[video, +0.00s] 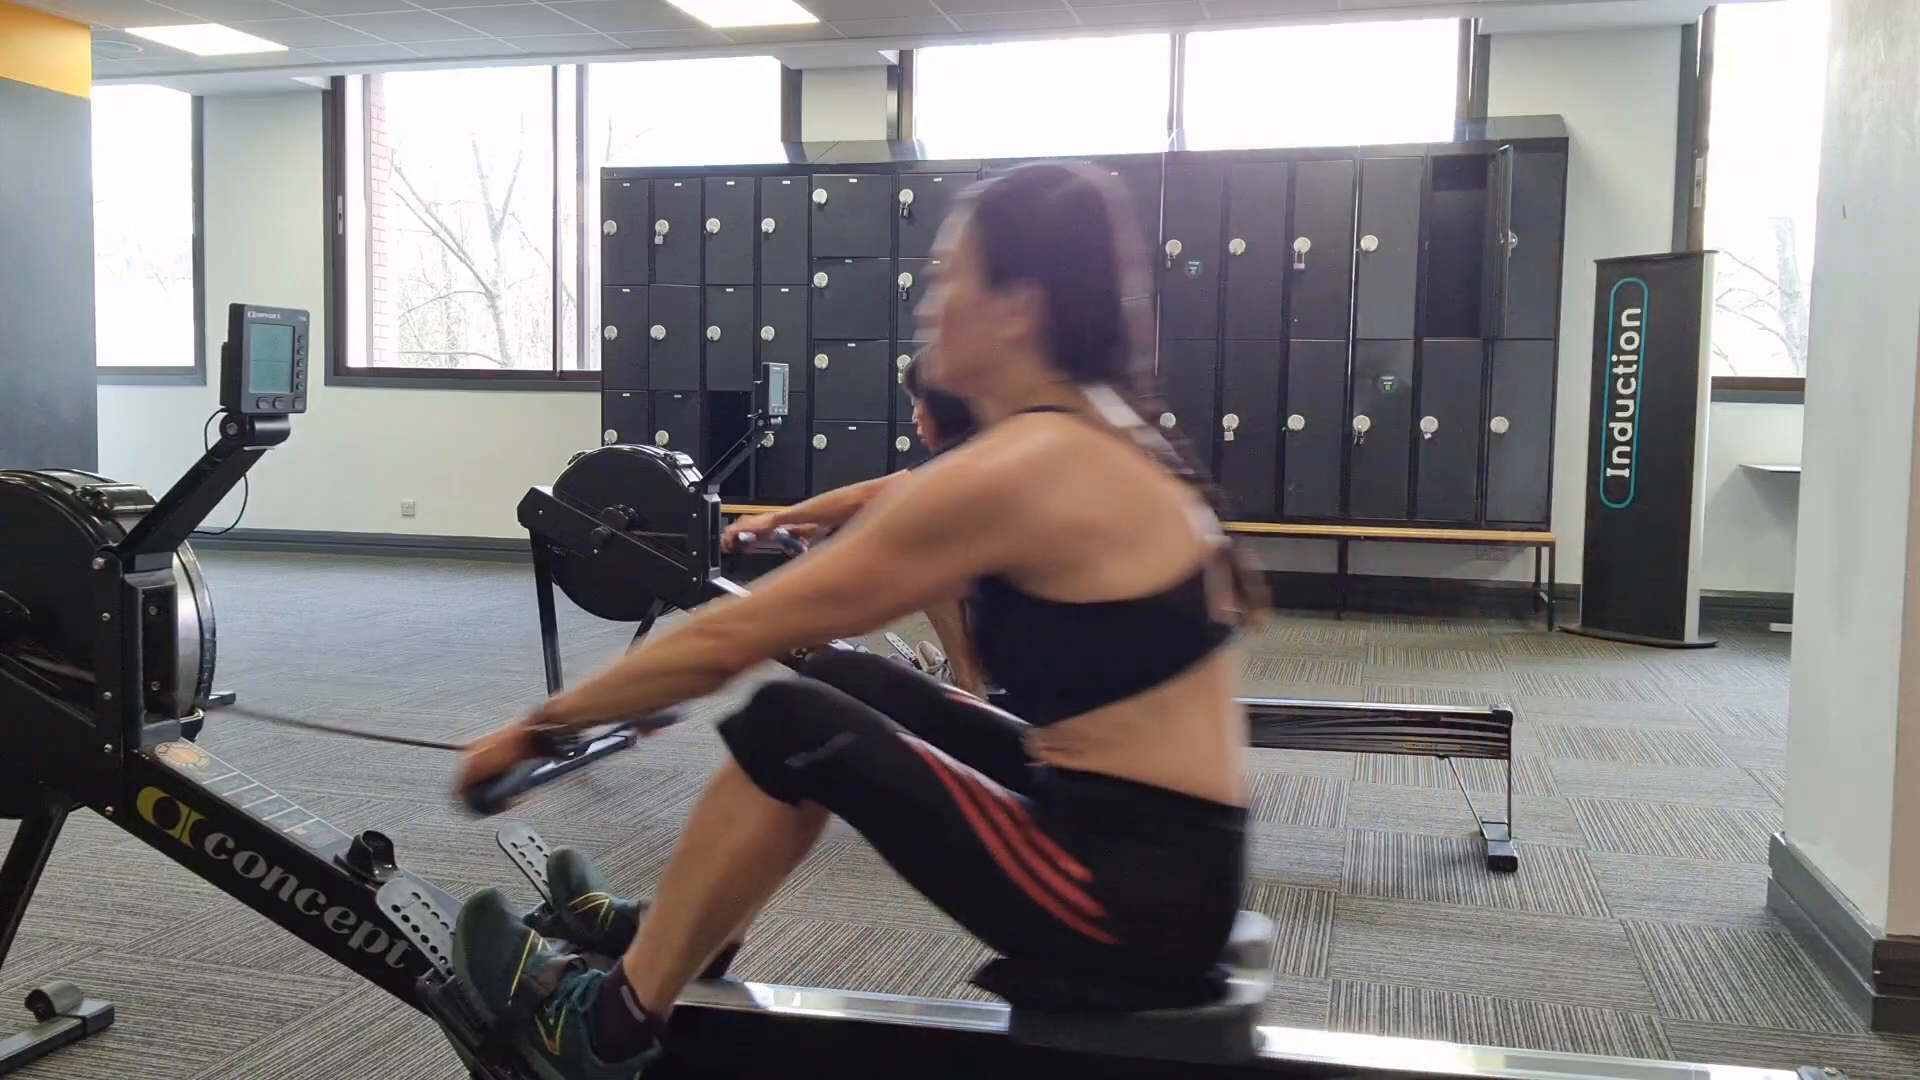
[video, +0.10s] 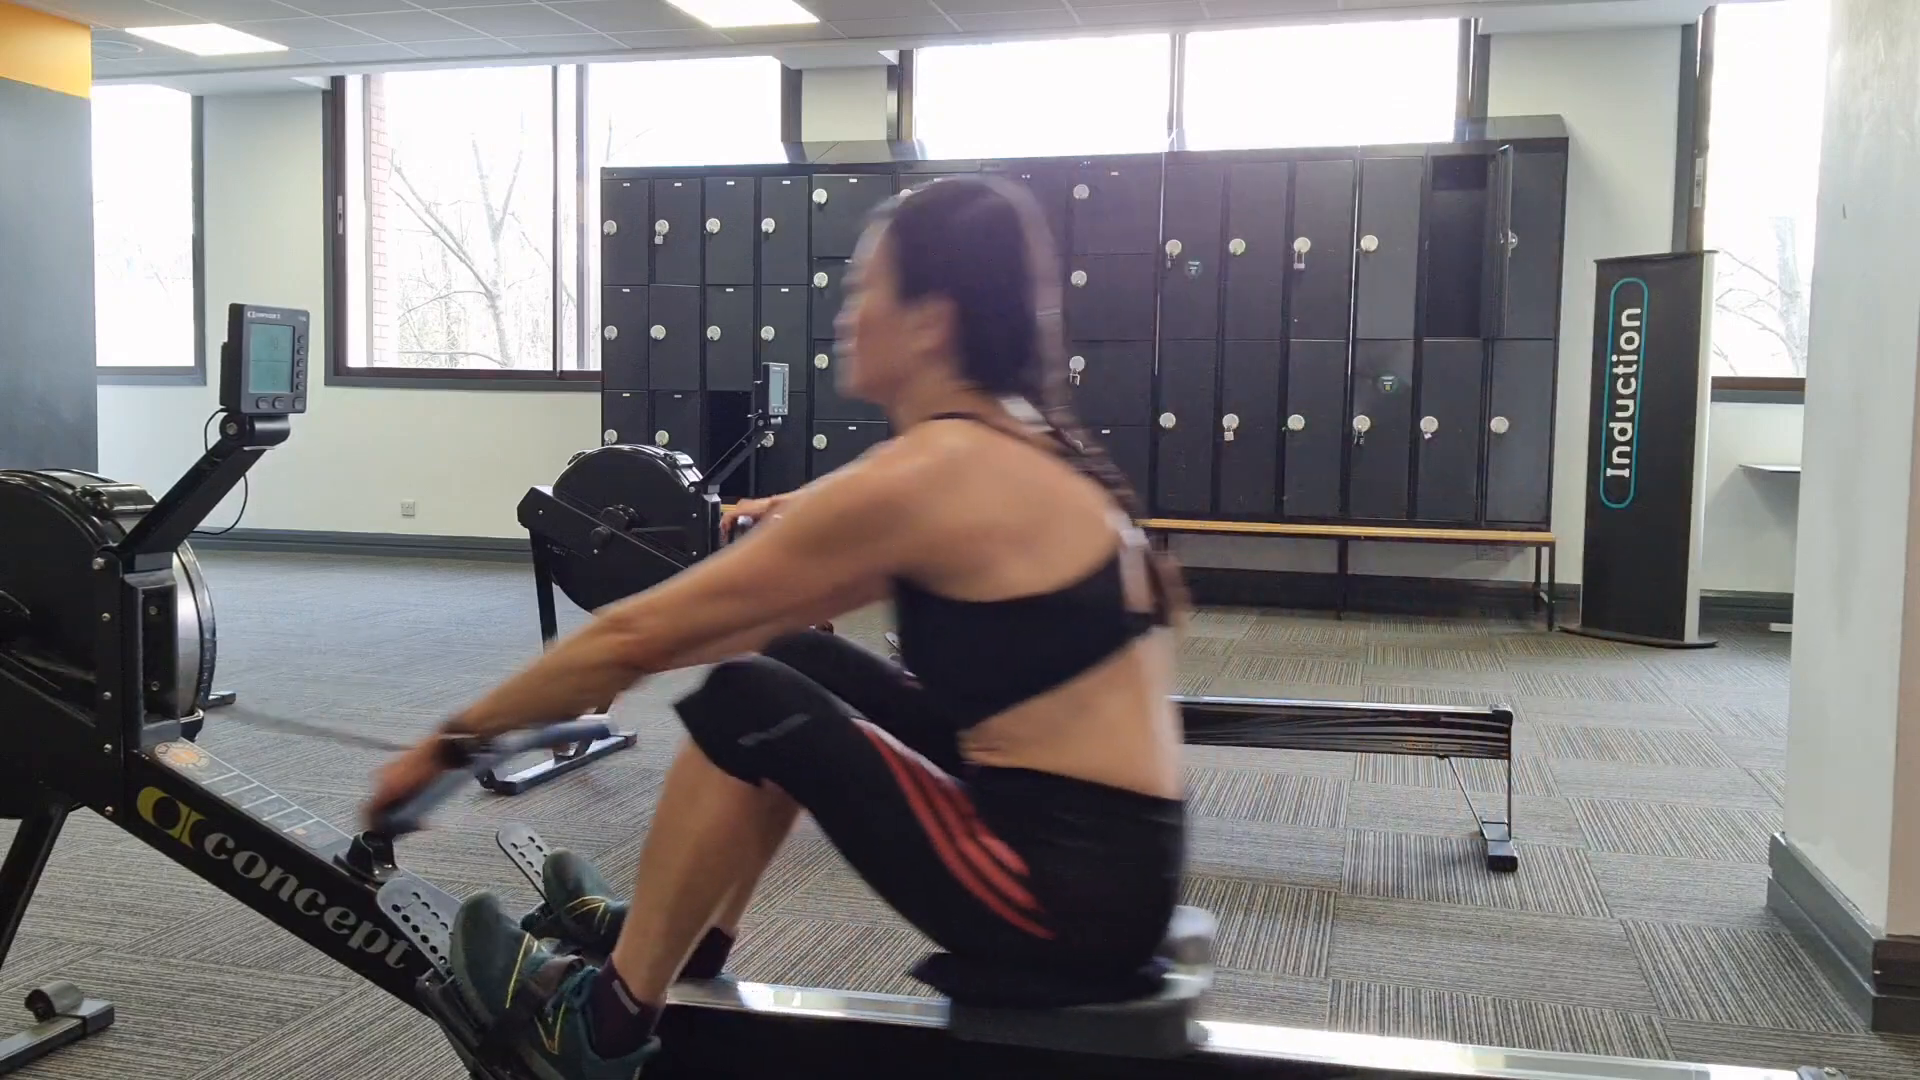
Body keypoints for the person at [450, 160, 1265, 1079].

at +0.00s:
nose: (927, 309)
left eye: (948, 283)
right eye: (935, 283)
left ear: (1025, 308)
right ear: (1031, 311)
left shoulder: (1019, 471)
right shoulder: (1105, 434)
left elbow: (733, 640)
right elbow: (923, 494)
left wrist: (539, 724)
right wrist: (789, 525)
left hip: (1123, 900)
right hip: (1164, 856)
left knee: (791, 719)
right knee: (829, 674)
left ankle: (623, 1012)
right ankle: (690, 946)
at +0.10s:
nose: (841, 321)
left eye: (860, 294)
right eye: (849, 294)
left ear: (936, 320)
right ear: (947, 322)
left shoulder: (930, 478)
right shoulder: (1029, 444)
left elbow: (636, 639)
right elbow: (921, 541)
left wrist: (453, 738)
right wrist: (804, 526)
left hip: (1053, 905)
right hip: (1112, 869)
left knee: (749, 704)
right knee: (800, 661)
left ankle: (612, 1014)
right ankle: (691, 948)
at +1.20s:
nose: (1436, 287)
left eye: (1471, 262)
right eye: (1447, 257)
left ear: (1572, 308)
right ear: (1553, 308)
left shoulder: (1524, 482)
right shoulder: (1493, 464)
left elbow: (1225, 618)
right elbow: (1236, 594)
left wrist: (974, 657)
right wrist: (1023, 618)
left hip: (1360, 891)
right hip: (1326, 820)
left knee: (955, 849)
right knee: (966, 811)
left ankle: (609, 1029)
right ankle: (662, 950)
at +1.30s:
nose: (1503, 322)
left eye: (1534, 297)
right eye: (1514, 292)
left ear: (1635, 330)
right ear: (1601, 324)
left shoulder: (1612, 512)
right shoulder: (1556, 481)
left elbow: (1363, 704)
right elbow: (1356, 656)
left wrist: (1105, 705)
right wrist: (1134, 635)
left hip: (1379, 899)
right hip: (1336, 836)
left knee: (973, 872)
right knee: (971, 836)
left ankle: (622, 1030)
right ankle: (667, 950)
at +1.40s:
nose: (1514, 356)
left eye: (1547, 324)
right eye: (1521, 325)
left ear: (1662, 343)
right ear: (1633, 347)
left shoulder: (1656, 535)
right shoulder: (1604, 511)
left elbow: (1502, 827)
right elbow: (1428, 740)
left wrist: (1230, 792)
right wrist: (1255, 700)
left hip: (1380, 932)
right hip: (1340, 862)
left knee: (958, 884)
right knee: (967, 835)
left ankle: (620, 1028)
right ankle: (681, 959)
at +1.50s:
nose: (1489, 342)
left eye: (1519, 312)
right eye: (1495, 313)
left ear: (1628, 331)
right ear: (1600, 330)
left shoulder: (1640, 538)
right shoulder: (1559, 498)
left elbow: (1631, 860)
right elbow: (1499, 736)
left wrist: (1367, 848)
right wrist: (1341, 717)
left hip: (1371, 923)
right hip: (1331, 845)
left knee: (952, 859)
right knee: (960, 823)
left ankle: (625, 1025)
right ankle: (687, 964)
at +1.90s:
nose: (1244, 285)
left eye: (1272, 255)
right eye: (1250, 257)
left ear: (1369, 279)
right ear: (1344, 281)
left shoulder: (1386, 470)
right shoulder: (1370, 456)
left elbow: (1213, 753)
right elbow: (1244, 668)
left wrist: (990, 688)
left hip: (1306, 913)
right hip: (1282, 869)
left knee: (921, 801)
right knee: (939, 755)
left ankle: (642, 1028)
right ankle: (698, 965)